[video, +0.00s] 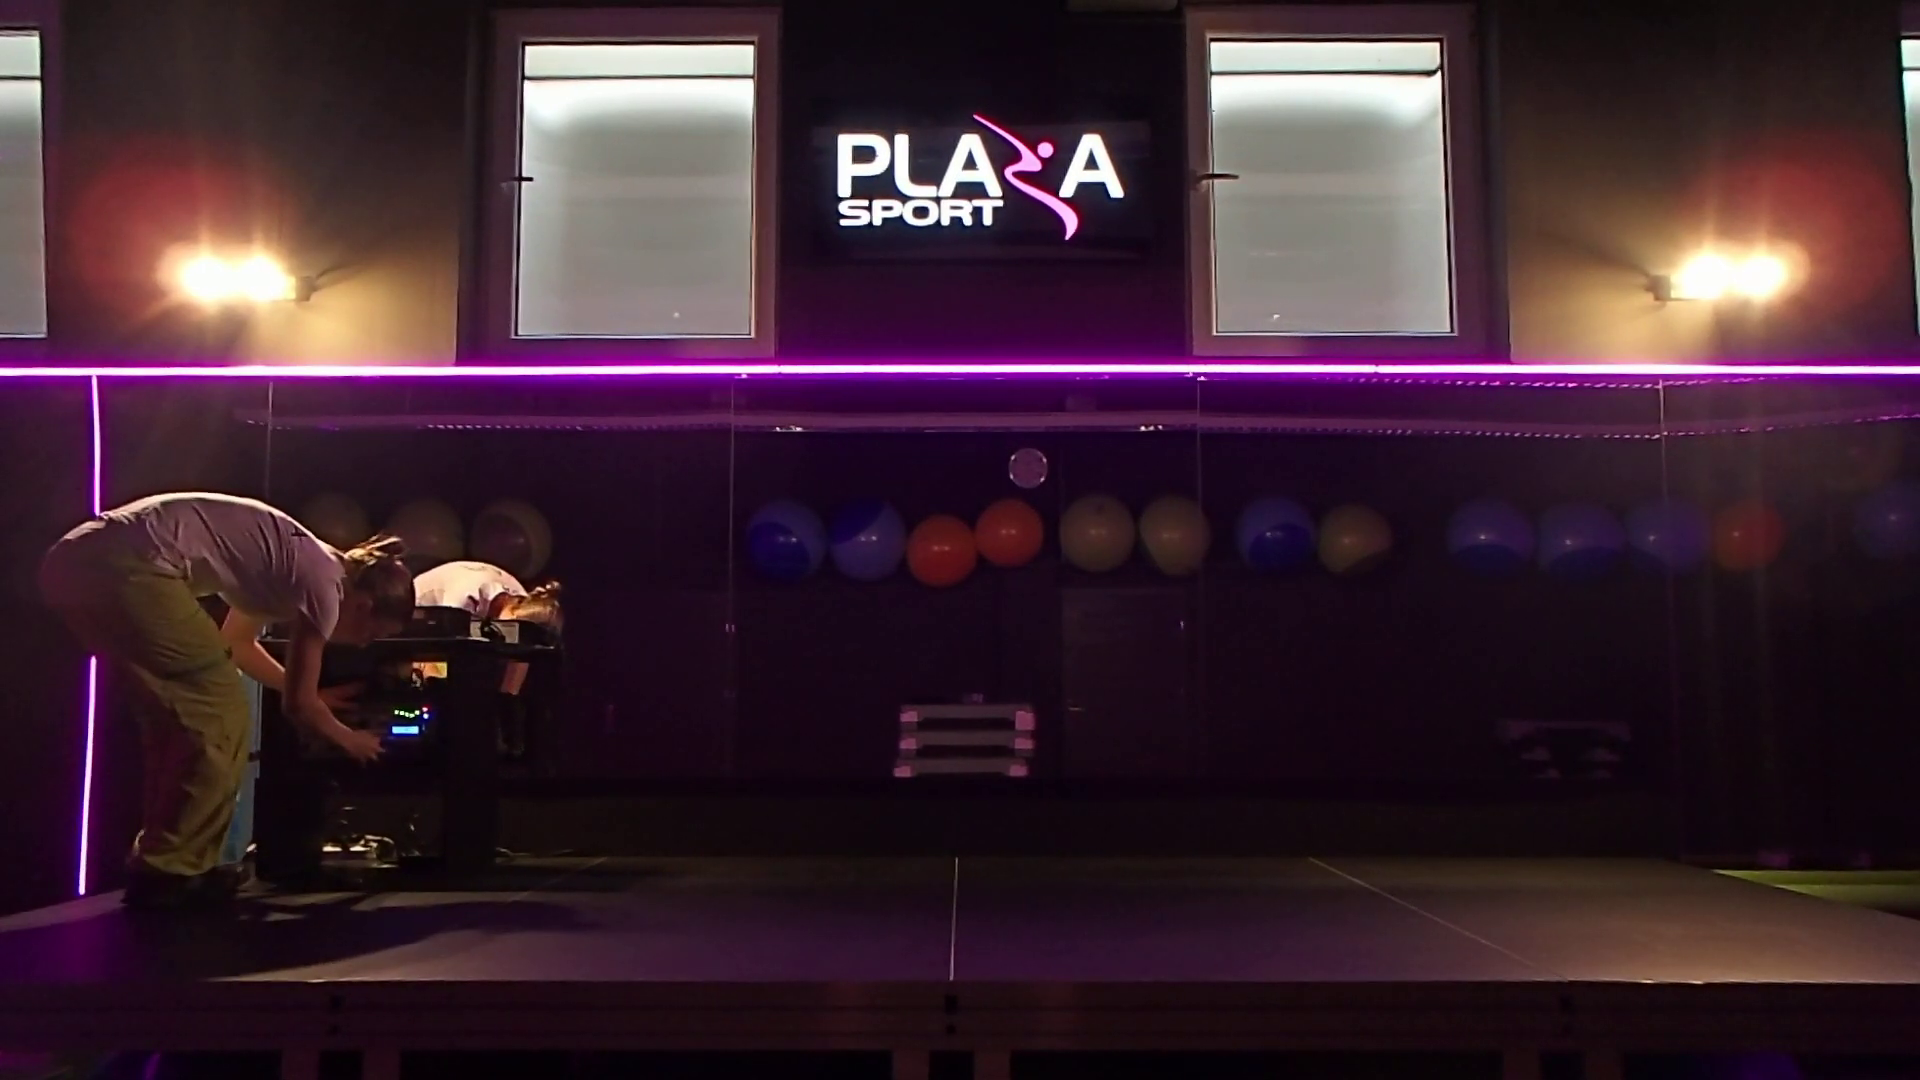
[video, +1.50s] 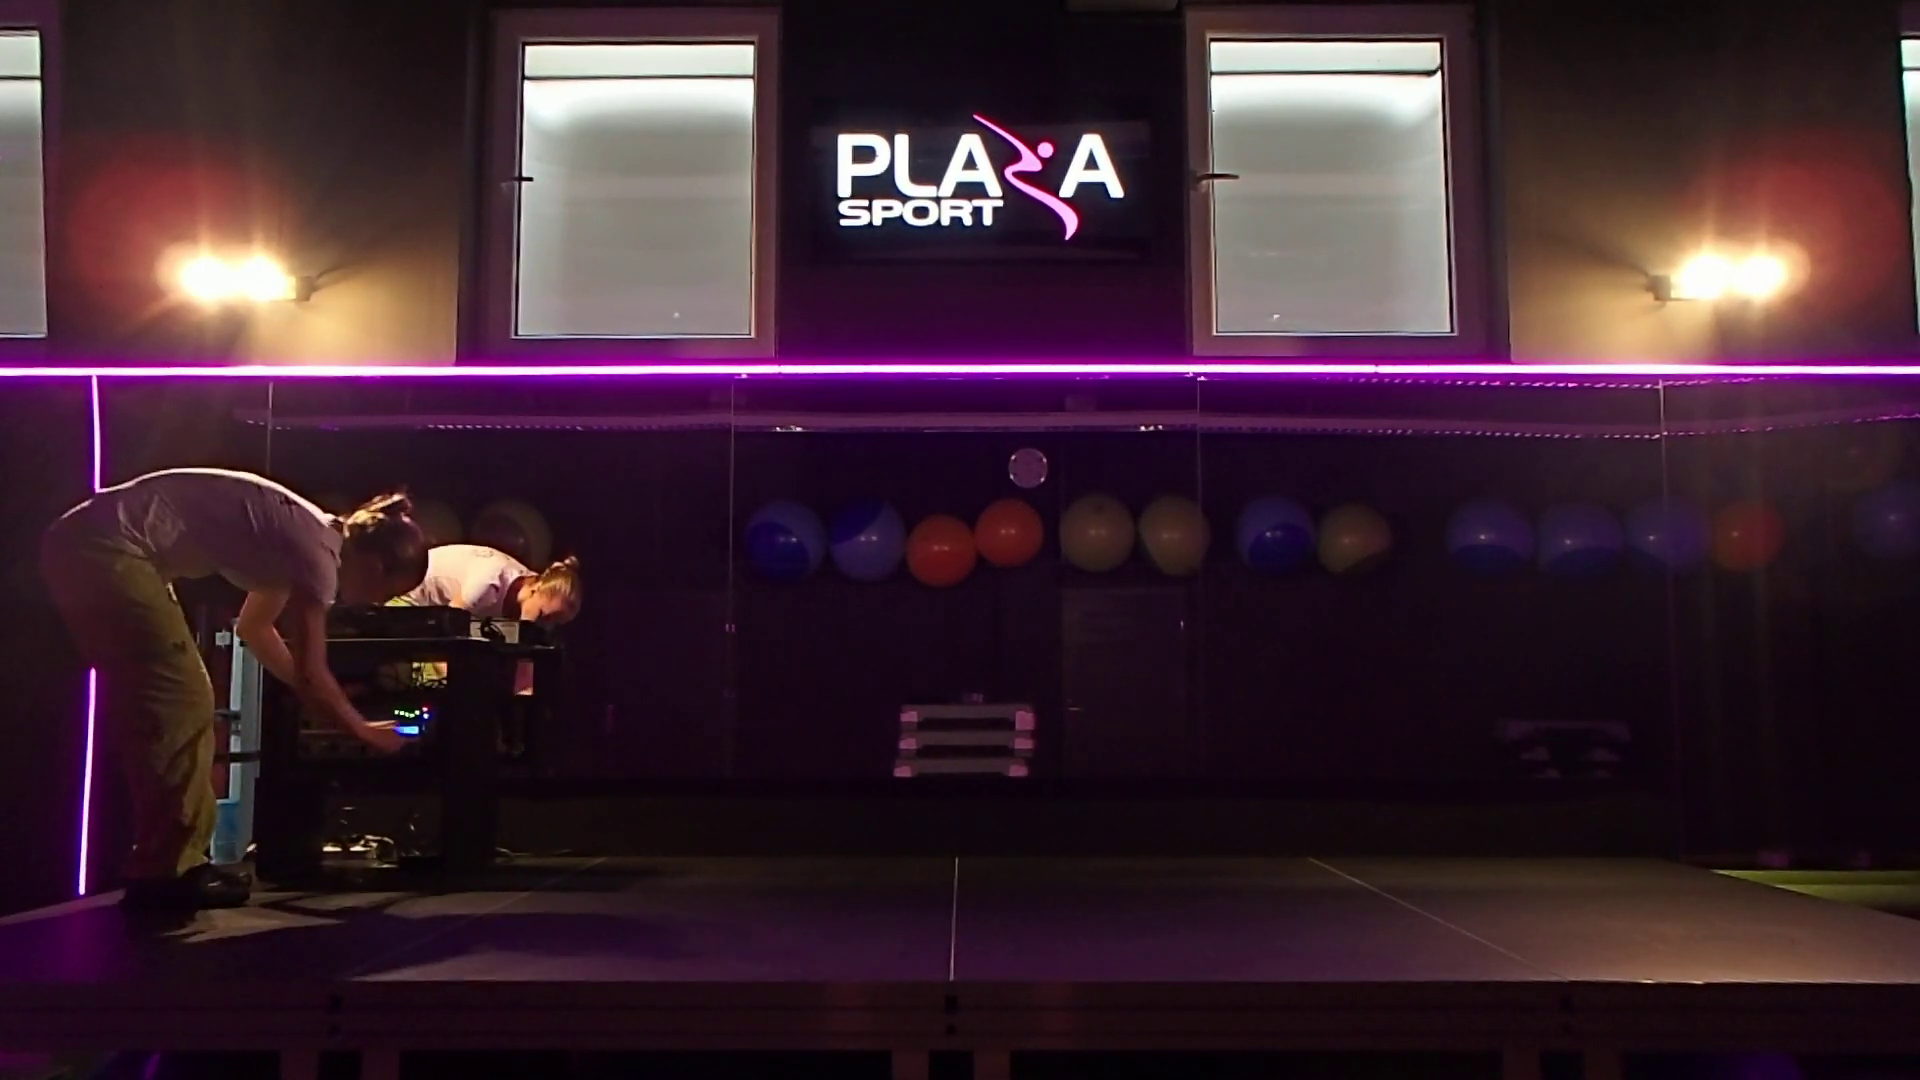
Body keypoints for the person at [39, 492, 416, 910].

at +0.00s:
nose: (360, 641)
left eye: (371, 637)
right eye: (370, 631)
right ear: (361, 602)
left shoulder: (284, 568)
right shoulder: (323, 582)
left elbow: (236, 641)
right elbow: (300, 703)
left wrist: (300, 690)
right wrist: (347, 738)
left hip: (84, 562)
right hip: (128, 565)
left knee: (174, 709)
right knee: (222, 705)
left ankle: (159, 859)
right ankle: (176, 869)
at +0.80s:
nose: (371, 595)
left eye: (382, 586)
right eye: (379, 579)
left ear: (357, 537)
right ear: (365, 551)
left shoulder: (290, 523)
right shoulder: (311, 535)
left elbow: (245, 628)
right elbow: (269, 644)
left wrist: (294, 679)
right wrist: (305, 745)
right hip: (121, 562)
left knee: (185, 720)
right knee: (202, 722)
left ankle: (175, 868)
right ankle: (167, 874)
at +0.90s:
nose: (382, 568)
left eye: (393, 560)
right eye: (390, 554)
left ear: (365, 514)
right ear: (373, 528)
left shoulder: (306, 507)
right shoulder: (308, 508)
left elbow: (256, 616)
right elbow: (248, 615)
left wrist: (308, 685)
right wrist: (255, 726)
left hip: (117, 550)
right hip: (110, 550)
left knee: (186, 695)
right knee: (187, 696)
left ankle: (184, 864)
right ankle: (166, 872)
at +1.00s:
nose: (388, 553)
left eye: (396, 544)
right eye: (394, 540)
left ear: (369, 508)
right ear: (377, 515)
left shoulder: (305, 522)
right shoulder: (299, 496)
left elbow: (265, 607)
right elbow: (225, 577)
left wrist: (311, 681)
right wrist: (206, 680)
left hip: (134, 552)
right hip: (106, 547)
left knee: (181, 697)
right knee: (162, 698)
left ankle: (189, 863)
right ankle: (161, 874)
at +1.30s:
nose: (382, 567)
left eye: (391, 561)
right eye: (389, 557)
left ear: (369, 516)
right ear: (377, 527)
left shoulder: (311, 526)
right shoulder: (299, 516)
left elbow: (266, 615)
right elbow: (237, 612)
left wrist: (316, 684)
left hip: (145, 560)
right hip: (105, 553)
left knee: (197, 708)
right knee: (172, 712)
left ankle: (187, 863)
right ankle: (156, 875)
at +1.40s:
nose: (378, 589)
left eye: (387, 582)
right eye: (385, 578)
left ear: (365, 541)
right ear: (372, 549)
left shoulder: (307, 529)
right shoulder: (306, 538)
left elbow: (260, 627)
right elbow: (271, 649)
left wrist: (315, 688)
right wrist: (311, 731)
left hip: (139, 557)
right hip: (104, 550)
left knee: (191, 701)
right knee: (172, 703)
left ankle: (182, 865)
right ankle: (163, 874)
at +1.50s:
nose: (380, 602)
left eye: (392, 596)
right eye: (389, 591)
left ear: (372, 554)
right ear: (374, 562)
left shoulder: (301, 539)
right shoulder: (317, 555)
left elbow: (254, 627)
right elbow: (314, 672)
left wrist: (309, 687)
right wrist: (361, 727)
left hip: (111, 547)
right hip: (108, 550)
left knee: (181, 696)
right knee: (182, 697)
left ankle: (177, 868)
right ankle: (168, 874)